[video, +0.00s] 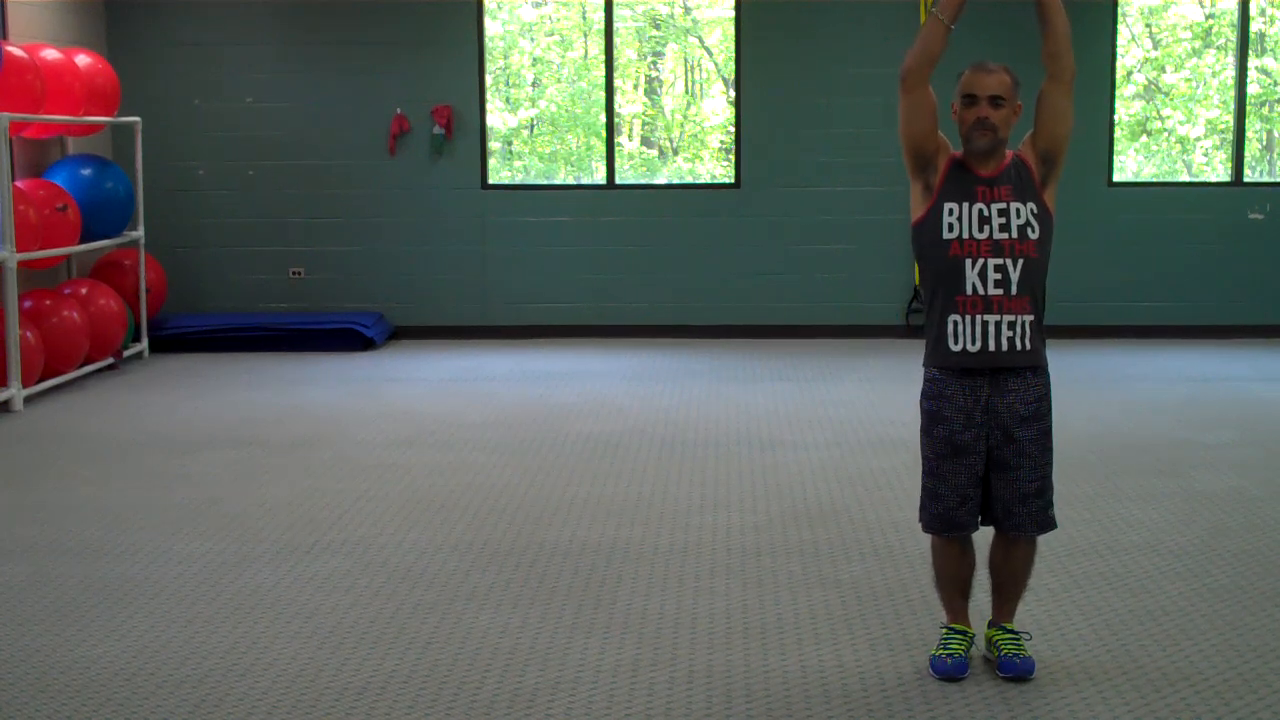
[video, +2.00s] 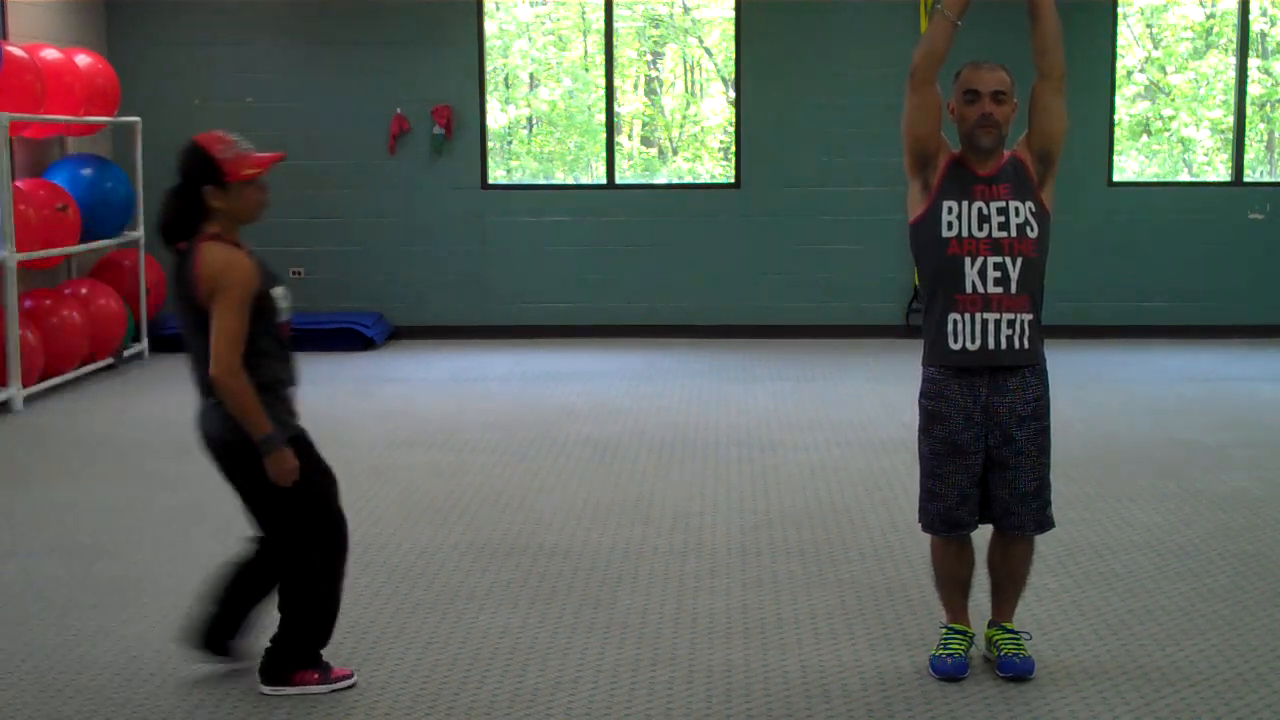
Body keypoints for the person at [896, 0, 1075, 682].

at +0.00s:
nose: (983, 112)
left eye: (997, 102)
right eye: (972, 101)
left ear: (1017, 113)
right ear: (955, 111)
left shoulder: (1036, 172)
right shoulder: (932, 173)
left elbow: (1061, 73)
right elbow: (912, 77)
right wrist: (949, 6)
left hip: (1021, 382)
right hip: (951, 382)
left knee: (1019, 518)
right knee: (949, 518)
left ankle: (1004, 628)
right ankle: (955, 629)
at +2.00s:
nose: (985, 107)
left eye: (997, 97)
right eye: (972, 97)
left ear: (1014, 108)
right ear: (952, 108)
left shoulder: (1034, 171)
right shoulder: (929, 172)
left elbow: (1052, 75)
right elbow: (922, 74)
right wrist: (953, 5)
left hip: (1019, 381)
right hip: (950, 382)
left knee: (1018, 517)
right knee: (949, 518)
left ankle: (1004, 628)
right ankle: (956, 628)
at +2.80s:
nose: (965, 126)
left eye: (978, 116)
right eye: (953, 115)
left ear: (996, 132)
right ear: (935, 131)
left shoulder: (1020, 189)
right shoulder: (918, 190)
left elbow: (1050, 95)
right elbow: (887, 101)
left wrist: (1028, 6)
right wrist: (915, 16)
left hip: (1014, 403)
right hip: (937, 403)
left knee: (1024, 540)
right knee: (932, 527)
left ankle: (995, 629)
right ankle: (920, 616)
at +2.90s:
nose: (945, 125)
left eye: (960, 112)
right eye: (937, 113)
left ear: (991, 121)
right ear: (925, 124)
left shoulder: (1013, 181)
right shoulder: (911, 178)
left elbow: (1037, 83)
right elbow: (867, 94)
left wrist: (1025, 3)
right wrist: (828, 18)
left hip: (1003, 398)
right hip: (923, 394)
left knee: (1019, 531)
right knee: (880, 514)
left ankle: (993, 630)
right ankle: (833, 617)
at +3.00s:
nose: (921, 117)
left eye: (936, 106)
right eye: (915, 107)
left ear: (974, 116)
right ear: (911, 117)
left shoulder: (1003, 171)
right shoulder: (895, 169)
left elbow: (1026, 77)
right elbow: (822, 105)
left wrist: (1016, 1)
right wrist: (756, 53)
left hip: (984, 394)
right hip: (902, 390)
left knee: (1004, 525)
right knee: (840, 504)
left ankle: (992, 631)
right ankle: (769, 609)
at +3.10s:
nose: (903, 117)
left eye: (919, 106)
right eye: (901, 106)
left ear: (960, 118)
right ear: (899, 116)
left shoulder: (987, 178)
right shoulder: (877, 172)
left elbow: (1014, 79)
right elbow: (793, 140)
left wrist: (1007, 2)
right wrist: (715, 119)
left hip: (960, 395)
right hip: (878, 392)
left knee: (997, 524)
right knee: (814, 510)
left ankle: (991, 629)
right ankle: (756, 615)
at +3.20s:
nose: (890, 120)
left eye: (906, 110)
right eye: (888, 110)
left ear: (947, 121)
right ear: (888, 120)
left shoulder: (976, 182)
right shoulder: (859, 178)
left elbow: (1009, 88)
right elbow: (772, 181)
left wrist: (1001, 4)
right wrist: (692, 199)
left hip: (947, 397)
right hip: (863, 395)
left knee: (999, 524)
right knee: (801, 513)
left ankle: (994, 623)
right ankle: (750, 617)